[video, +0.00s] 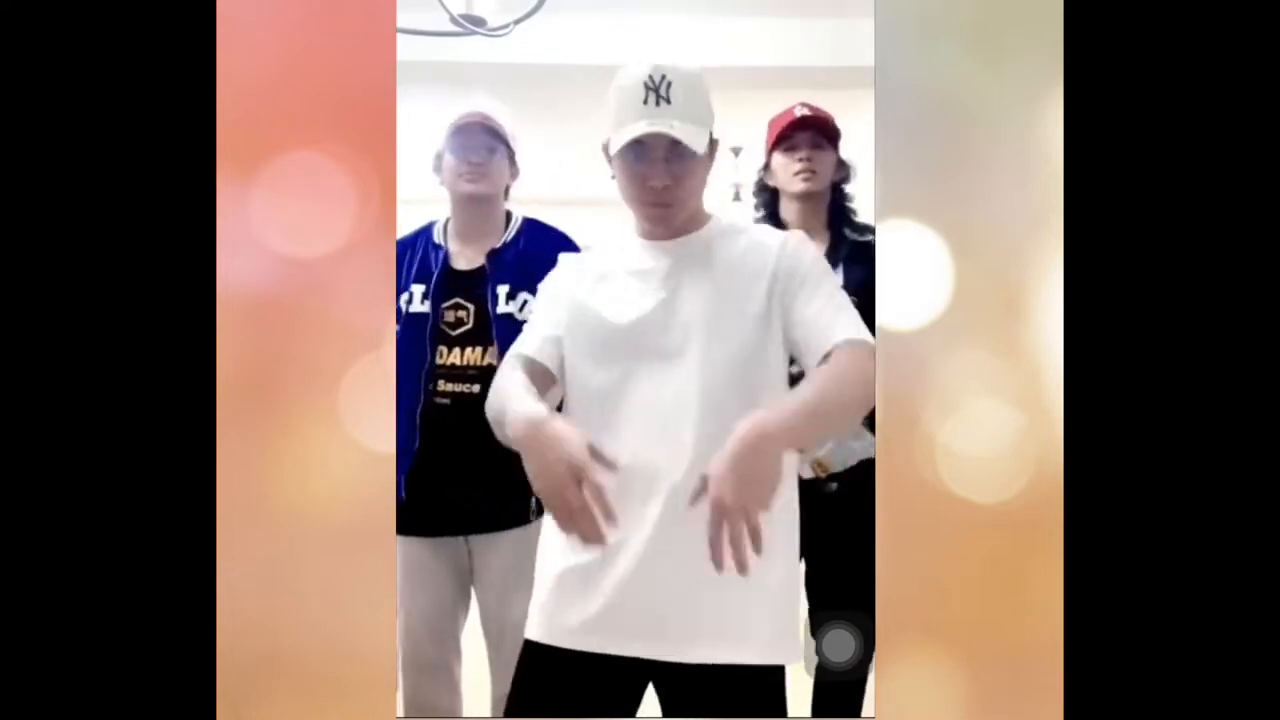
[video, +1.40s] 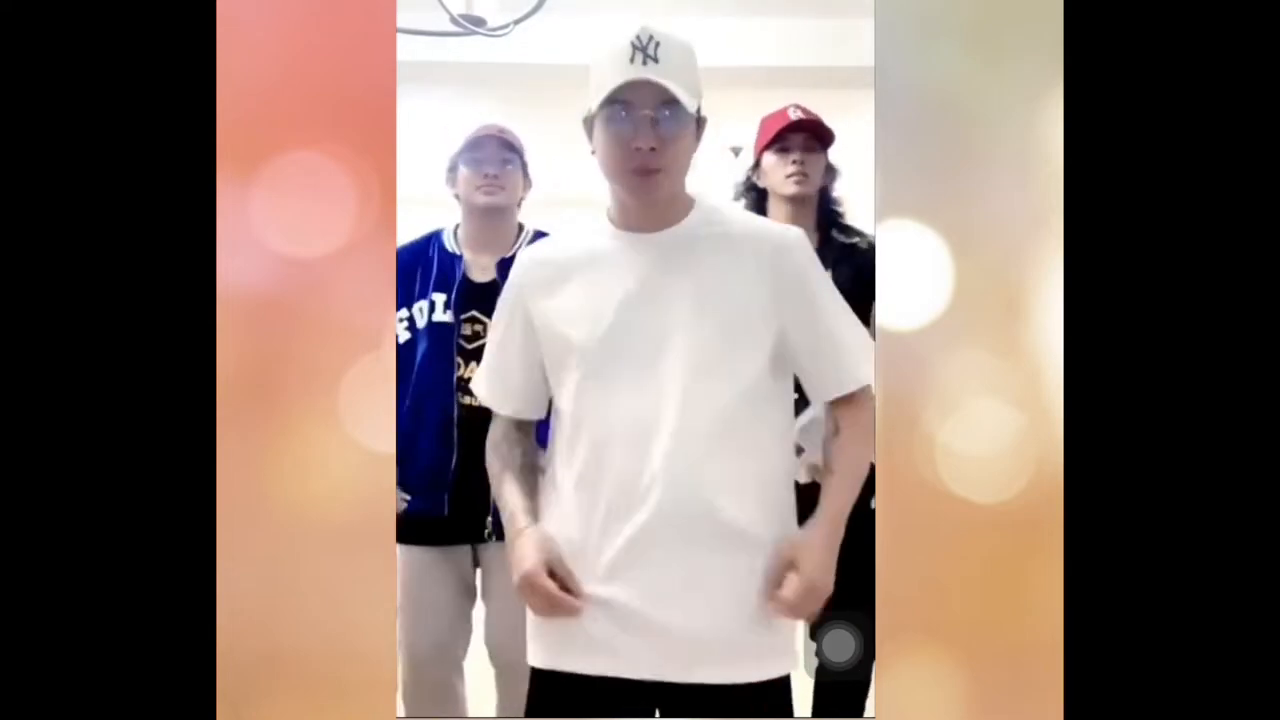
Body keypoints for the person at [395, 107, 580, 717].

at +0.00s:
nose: (473, 159)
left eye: (488, 150)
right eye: (460, 150)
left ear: (512, 172)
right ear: (439, 168)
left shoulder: (554, 255)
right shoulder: (402, 257)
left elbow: (585, 369)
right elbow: (369, 365)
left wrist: (562, 471)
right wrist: (374, 473)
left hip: (513, 498)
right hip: (420, 498)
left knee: (516, 664)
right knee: (423, 663)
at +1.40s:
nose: (491, 170)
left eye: (506, 161)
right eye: (477, 161)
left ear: (527, 183)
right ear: (452, 181)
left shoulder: (554, 264)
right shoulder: (404, 266)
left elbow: (579, 381)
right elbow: (369, 380)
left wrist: (565, 482)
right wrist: (378, 481)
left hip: (523, 503)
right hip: (426, 505)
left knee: (520, 661)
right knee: (427, 667)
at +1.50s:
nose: (490, 167)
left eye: (504, 158)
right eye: (475, 158)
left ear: (525, 181)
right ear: (451, 178)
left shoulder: (555, 261)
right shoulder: (402, 260)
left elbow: (580, 372)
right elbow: (348, 347)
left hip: (521, 504)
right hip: (424, 505)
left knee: (518, 661)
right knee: (425, 667)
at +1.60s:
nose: (488, 165)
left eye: (502, 156)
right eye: (475, 156)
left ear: (525, 175)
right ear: (451, 173)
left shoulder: (543, 255)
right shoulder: (411, 249)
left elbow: (571, 341)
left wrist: (523, 256)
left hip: (515, 489)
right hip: (424, 489)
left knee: (511, 651)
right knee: (428, 656)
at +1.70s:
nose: (490, 179)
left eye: (504, 169)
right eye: (477, 169)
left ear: (526, 188)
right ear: (455, 185)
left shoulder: (546, 271)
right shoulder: (408, 265)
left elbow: (575, 375)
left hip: (516, 501)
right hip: (421, 498)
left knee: (516, 675)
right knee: (424, 675)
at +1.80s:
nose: (486, 189)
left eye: (499, 177)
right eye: (473, 178)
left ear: (522, 191)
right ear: (453, 193)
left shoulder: (544, 279)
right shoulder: (411, 272)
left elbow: (570, 381)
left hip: (517, 519)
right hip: (419, 519)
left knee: (511, 695)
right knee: (422, 691)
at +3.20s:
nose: (479, 173)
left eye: (492, 160)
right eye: (463, 164)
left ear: (515, 176)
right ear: (442, 185)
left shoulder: (551, 260)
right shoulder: (408, 270)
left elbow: (580, 369)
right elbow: (380, 380)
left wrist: (578, 479)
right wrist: (388, 480)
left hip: (526, 500)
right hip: (432, 501)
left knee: (522, 669)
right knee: (429, 669)